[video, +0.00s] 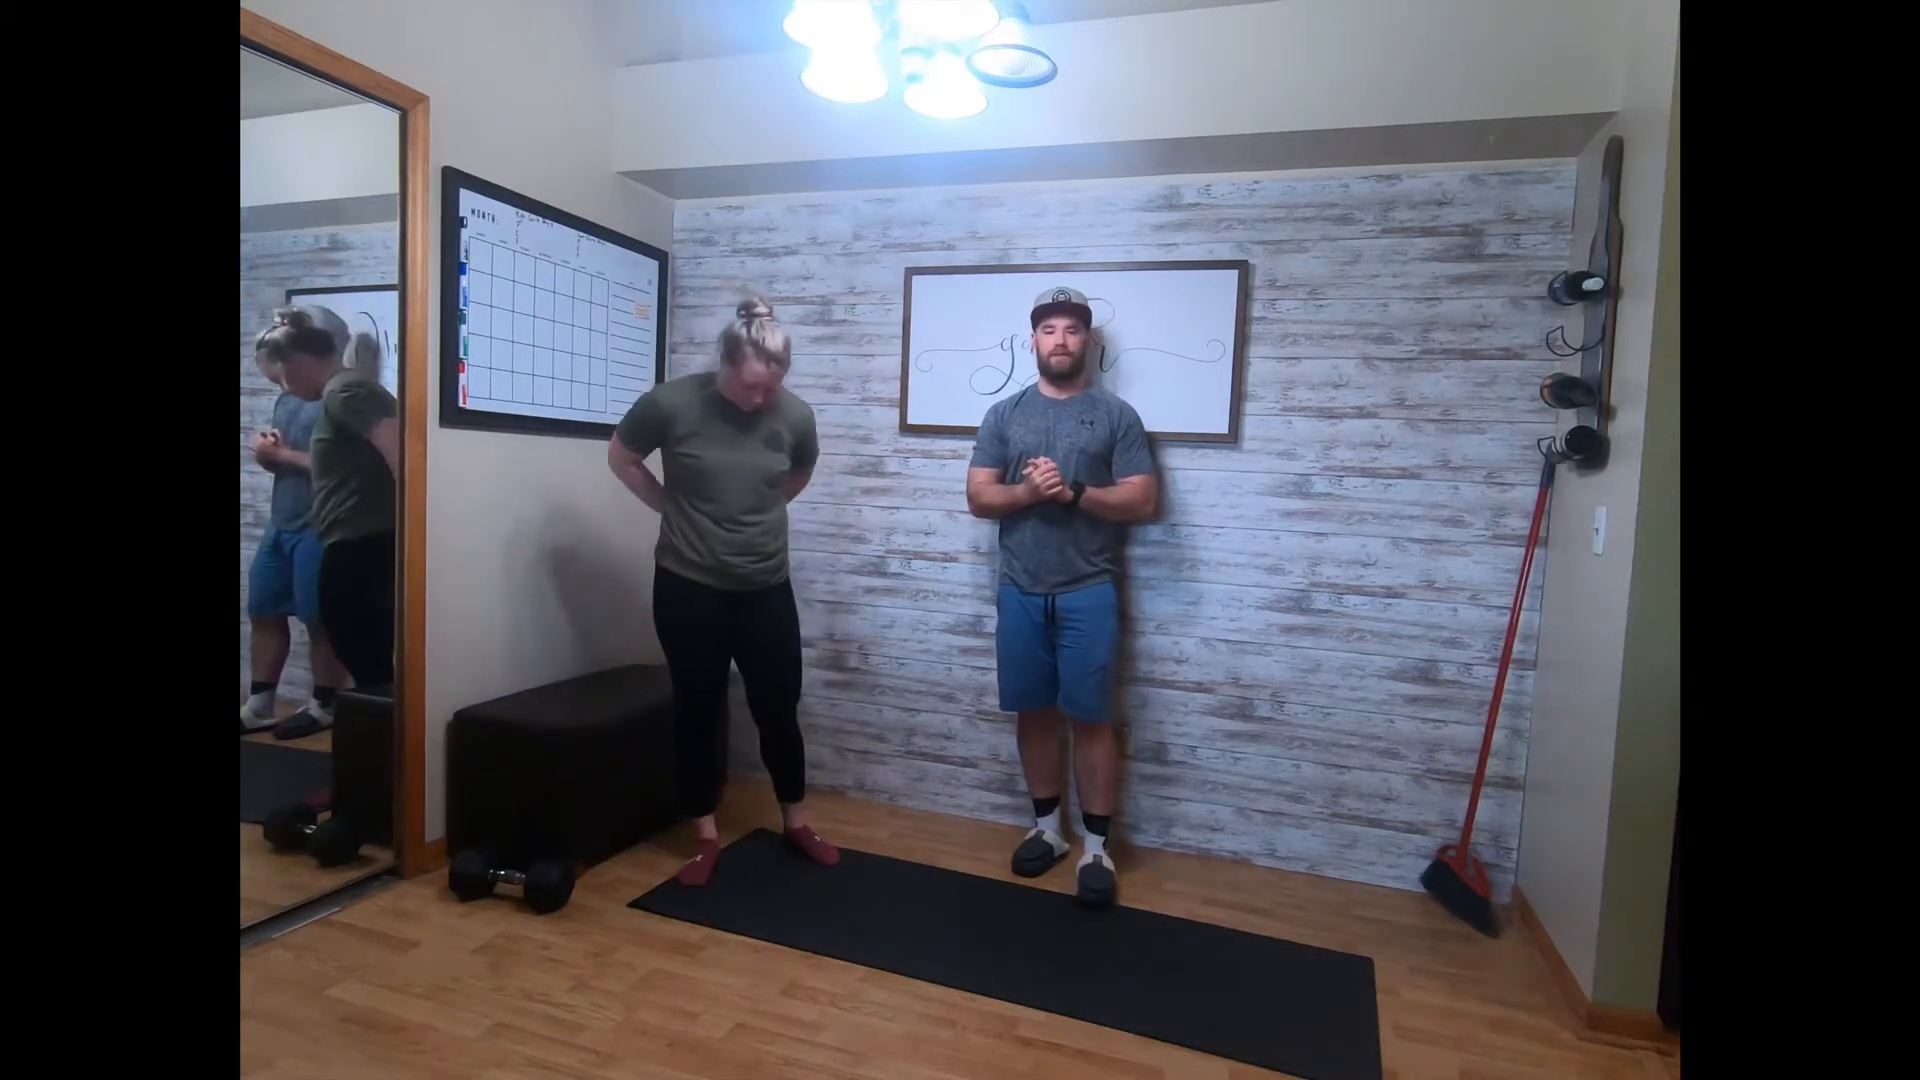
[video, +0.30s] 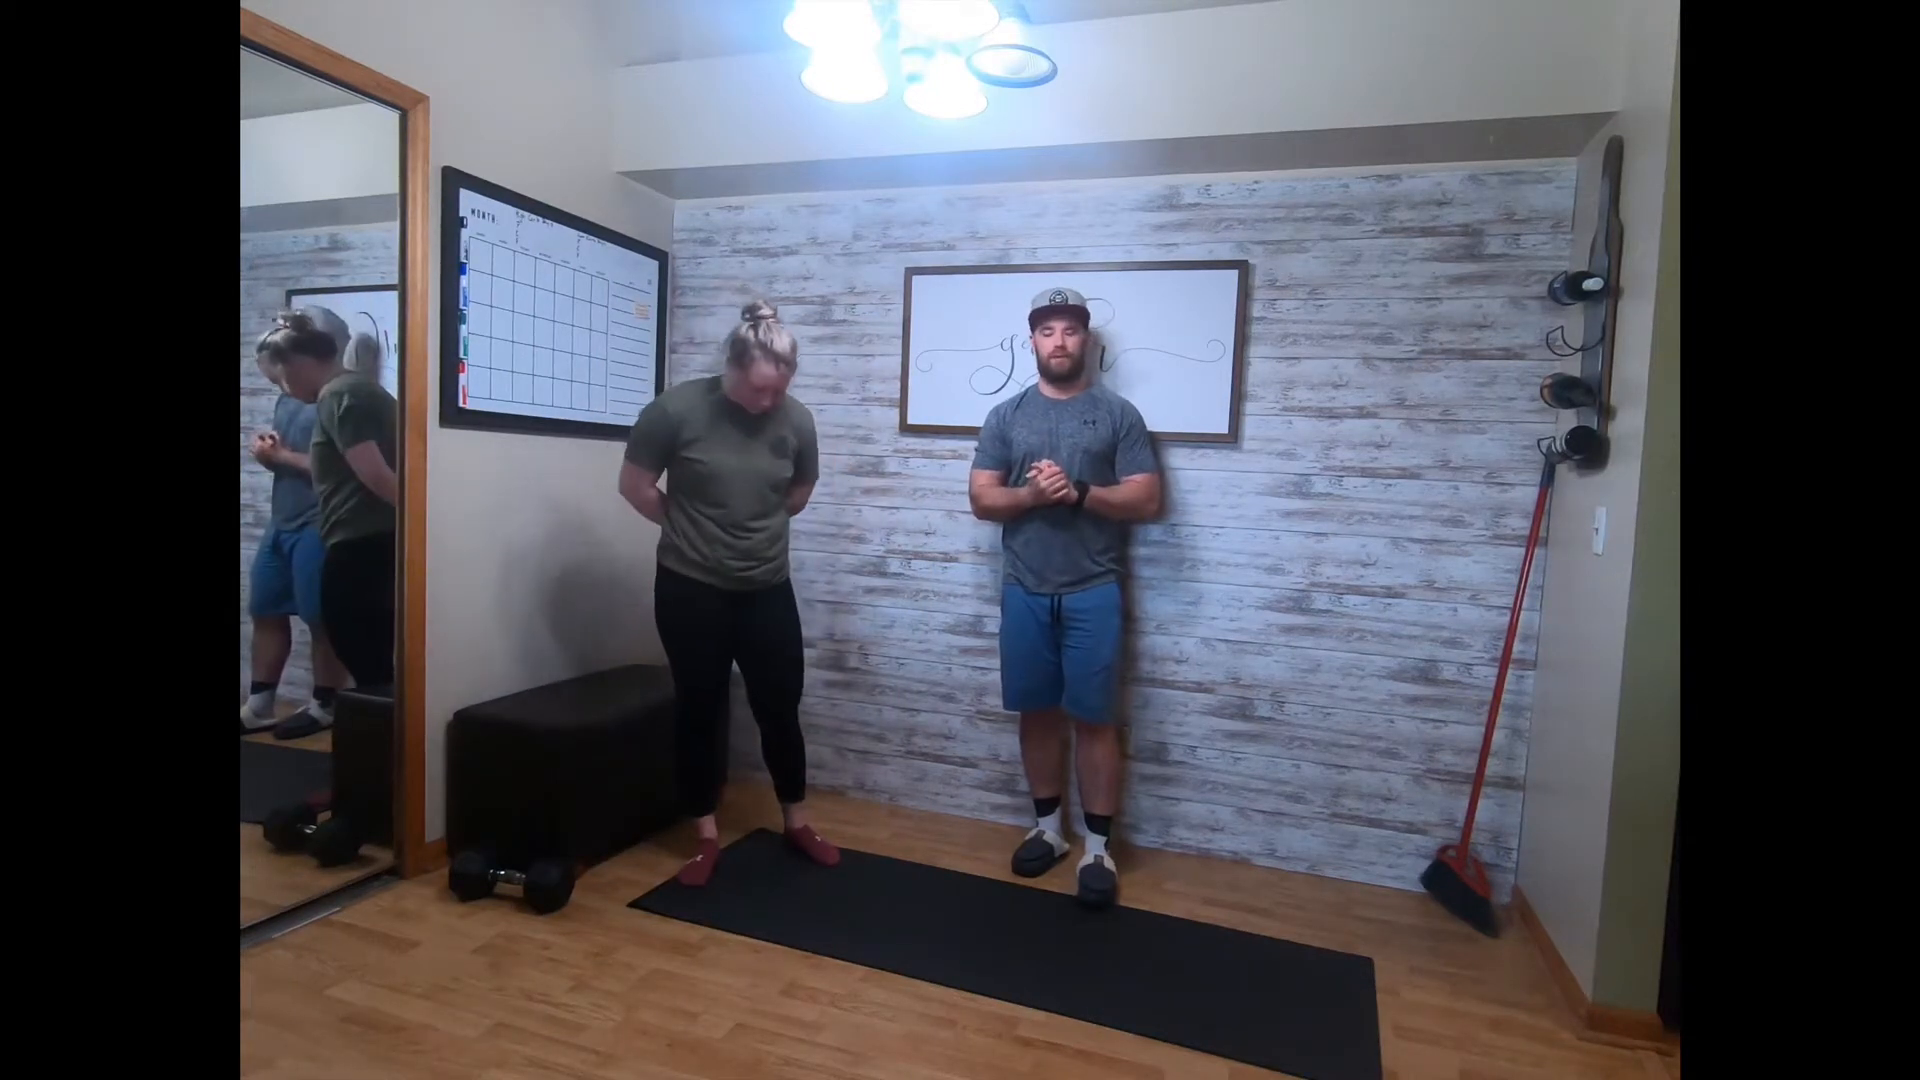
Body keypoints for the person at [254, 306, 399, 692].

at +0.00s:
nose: (287, 390)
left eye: (283, 378)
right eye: (280, 382)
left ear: (299, 359)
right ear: (312, 354)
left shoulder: (346, 391)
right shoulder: (342, 394)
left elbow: (401, 450)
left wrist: (417, 518)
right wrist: (284, 452)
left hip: (362, 547)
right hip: (356, 544)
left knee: (367, 661)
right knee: (368, 660)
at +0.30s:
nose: (286, 392)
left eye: (283, 380)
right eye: (280, 383)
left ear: (301, 361)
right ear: (319, 355)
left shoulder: (341, 396)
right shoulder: (369, 391)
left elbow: (377, 476)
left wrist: (426, 513)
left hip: (358, 548)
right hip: (376, 544)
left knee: (365, 660)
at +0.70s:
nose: (270, 395)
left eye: (266, 380)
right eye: (264, 383)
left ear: (286, 365)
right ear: (305, 359)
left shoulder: (326, 398)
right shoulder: (355, 393)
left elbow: (367, 474)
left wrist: (421, 505)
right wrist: (426, 504)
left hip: (364, 546)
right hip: (384, 542)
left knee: (370, 657)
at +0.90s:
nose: (281, 374)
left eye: (283, 363)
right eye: (279, 365)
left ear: (304, 355)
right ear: (321, 351)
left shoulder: (338, 398)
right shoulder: (366, 391)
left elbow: (371, 479)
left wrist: (419, 508)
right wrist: (419, 506)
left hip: (350, 548)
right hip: (373, 543)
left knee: (365, 666)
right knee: (372, 661)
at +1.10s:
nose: (291, 366)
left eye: (291, 354)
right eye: (288, 357)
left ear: (313, 345)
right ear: (322, 345)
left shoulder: (351, 396)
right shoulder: (354, 392)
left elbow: (372, 479)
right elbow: (375, 475)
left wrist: (415, 512)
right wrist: (416, 511)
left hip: (350, 543)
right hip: (352, 540)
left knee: (357, 656)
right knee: (358, 653)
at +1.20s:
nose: (295, 362)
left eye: (297, 350)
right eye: (294, 351)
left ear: (322, 344)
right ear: (329, 346)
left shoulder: (356, 396)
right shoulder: (346, 395)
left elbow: (376, 480)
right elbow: (374, 477)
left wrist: (411, 516)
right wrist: (410, 514)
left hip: (348, 543)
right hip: (340, 542)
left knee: (359, 663)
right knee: (355, 660)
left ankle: (390, 764)